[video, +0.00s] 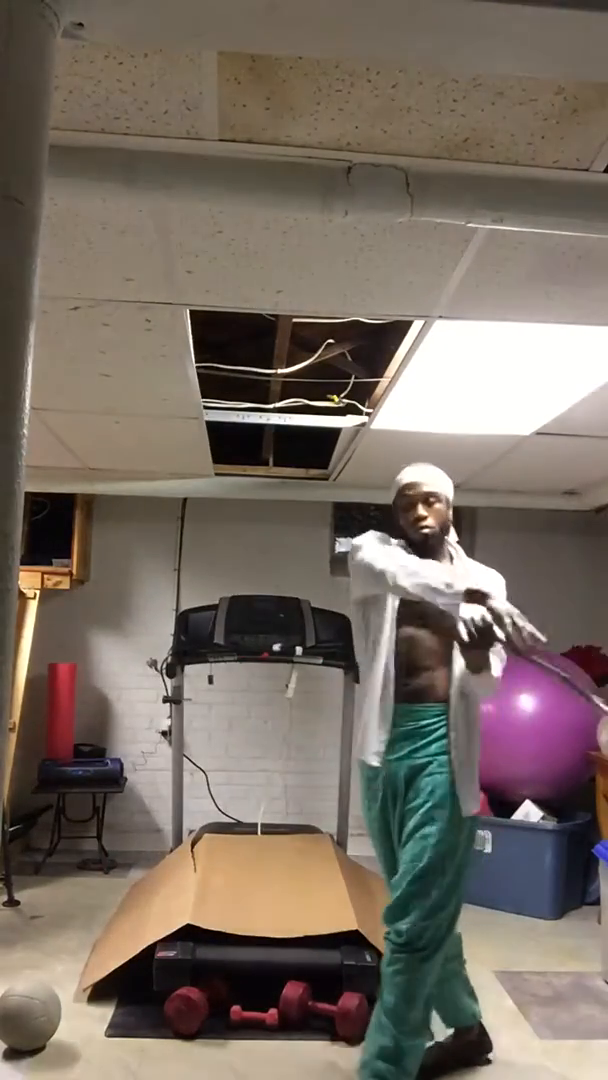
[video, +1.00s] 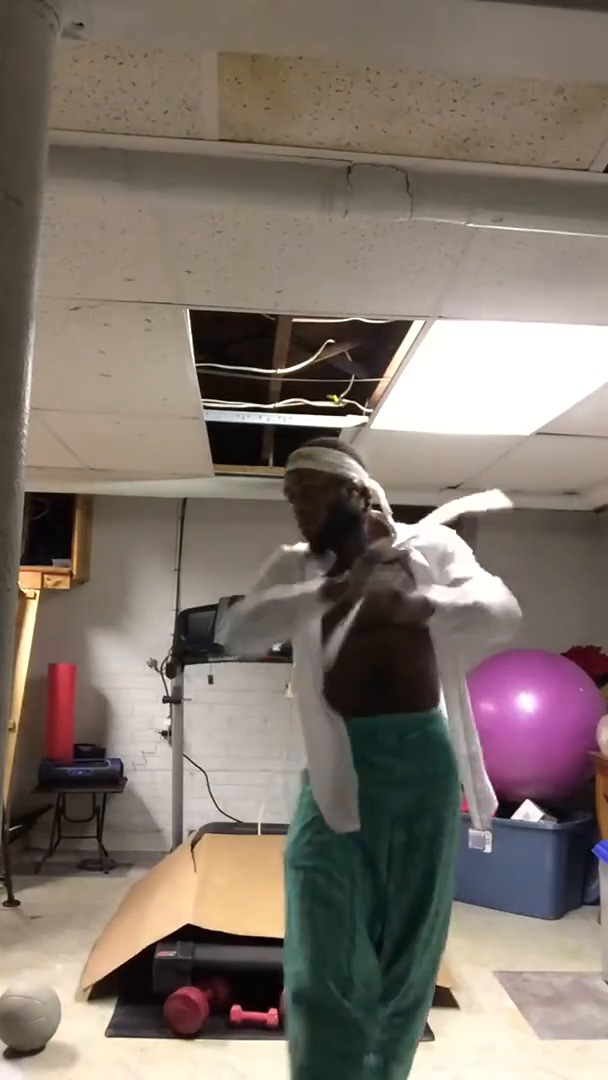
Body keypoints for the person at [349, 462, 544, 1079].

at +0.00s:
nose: (424, 510)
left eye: (433, 500)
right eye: (412, 502)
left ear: (452, 510)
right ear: (395, 514)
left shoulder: (478, 580)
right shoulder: (372, 550)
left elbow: (527, 647)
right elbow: (394, 571)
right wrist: (469, 600)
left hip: (444, 734)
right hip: (379, 735)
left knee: (414, 910)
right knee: (414, 898)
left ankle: (385, 1069)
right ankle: (466, 1028)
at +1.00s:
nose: (302, 512)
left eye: (312, 495)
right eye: (295, 499)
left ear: (357, 490)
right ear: (292, 505)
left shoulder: (429, 543)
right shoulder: (297, 565)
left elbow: (502, 610)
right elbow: (234, 634)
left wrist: (416, 604)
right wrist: (323, 586)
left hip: (421, 760)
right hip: (334, 763)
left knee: (404, 971)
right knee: (321, 978)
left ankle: (383, 1070)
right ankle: (333, 1069)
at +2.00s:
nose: (52, 641)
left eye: (62, 617)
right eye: (51, 619)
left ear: (120, 610)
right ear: (119, 611)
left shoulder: (245, 638)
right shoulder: (133, 684)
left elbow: (208, 826)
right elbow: (115, 786)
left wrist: (77, 890)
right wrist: (17, 886)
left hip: (376, 874)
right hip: (263, 877)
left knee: (353, 1068)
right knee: (200, 1062)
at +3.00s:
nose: (162, 422)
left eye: (159, 407)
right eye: (152, 407)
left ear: (73, 420)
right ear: (116, 415)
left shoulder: (17, 499)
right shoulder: (166, 496)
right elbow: (293, 572)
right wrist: (439, 631)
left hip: (25, 829)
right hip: (152, 831)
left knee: (37, 1056)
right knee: (161, 1054)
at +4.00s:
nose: (82, 569)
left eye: (91, 554)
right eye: (71, 552)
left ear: (95, 553)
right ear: (29, 545)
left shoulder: (79, 616)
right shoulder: (13, 604)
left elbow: (35, 726)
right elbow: (30, 725)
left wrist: (11, 784)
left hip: (18, 782)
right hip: (14, 781)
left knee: (10, 897)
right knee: (8, 897)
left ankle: (5, 1014)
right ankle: (6, 1009)